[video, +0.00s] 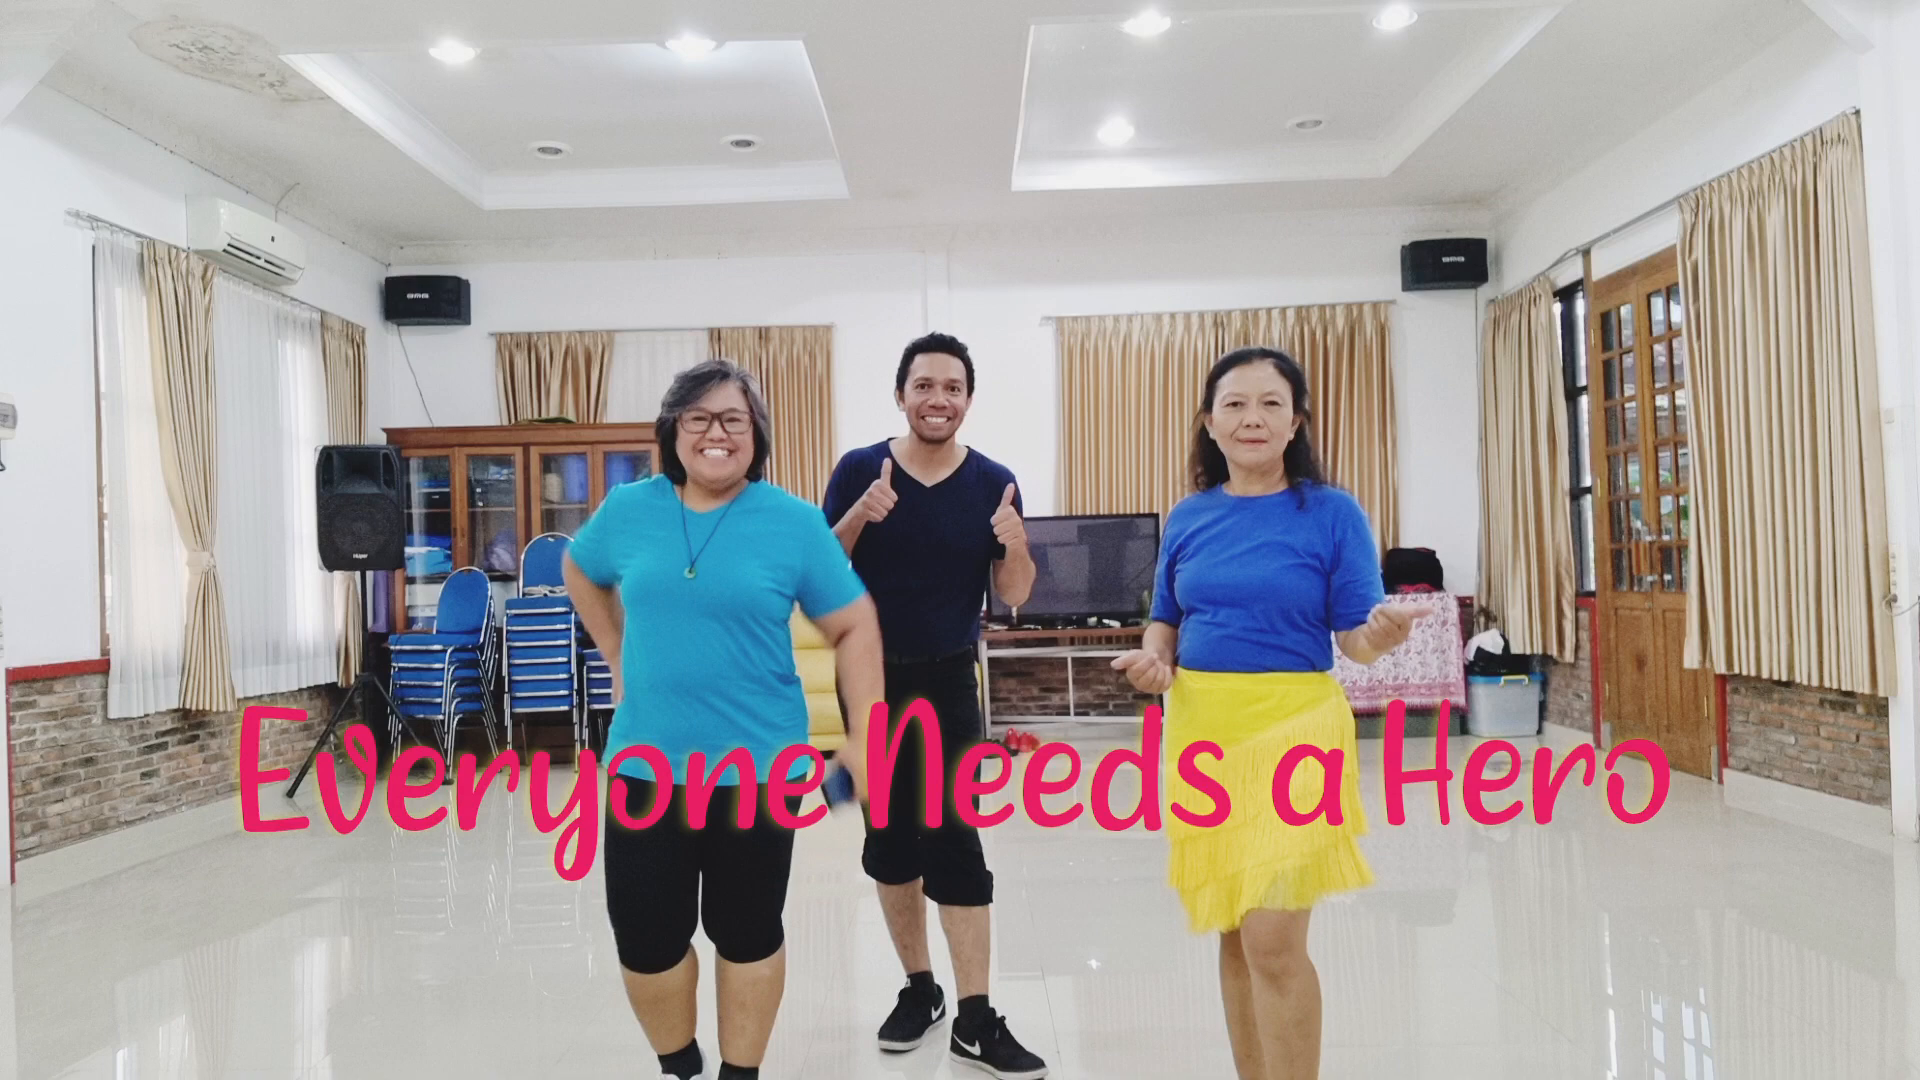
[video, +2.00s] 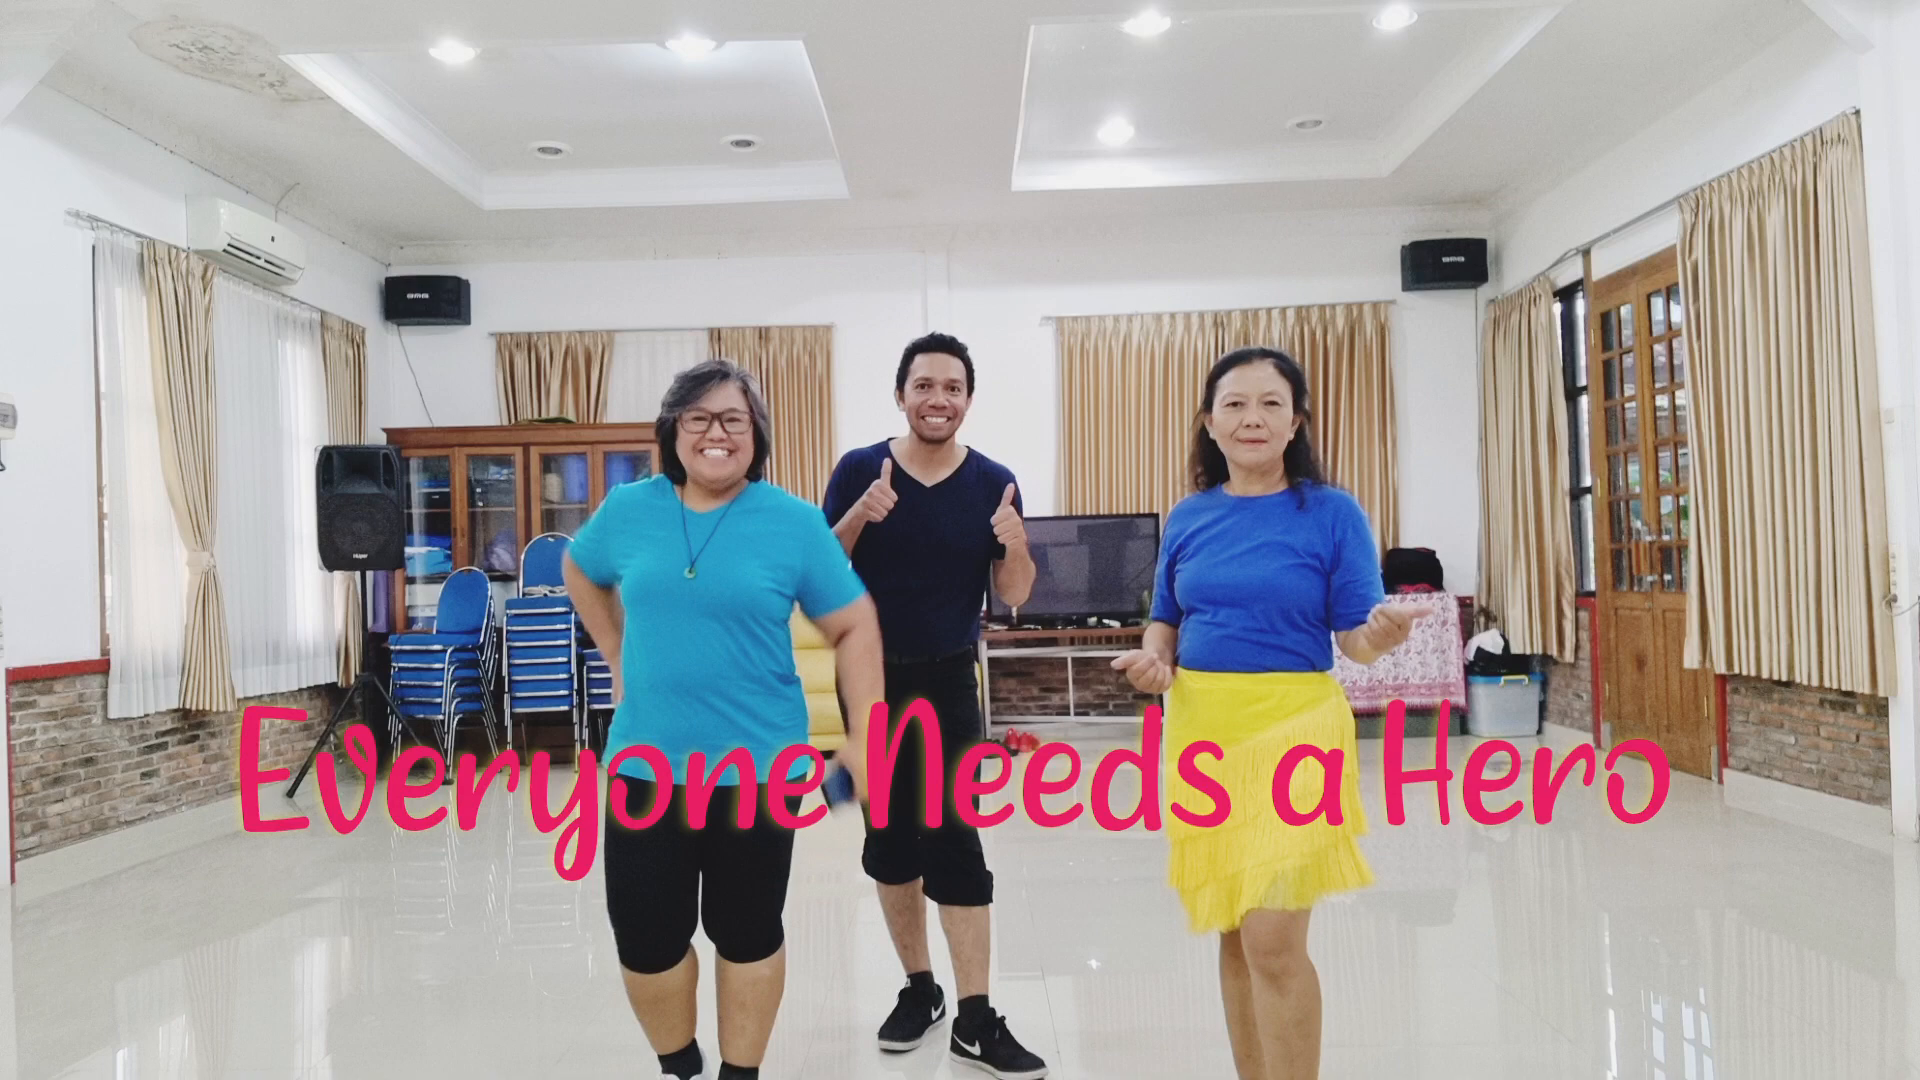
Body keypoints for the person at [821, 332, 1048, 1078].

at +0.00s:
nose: (938, 400)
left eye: (952, 388)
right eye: (924, 386)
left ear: (968, 399)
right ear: (900, 396)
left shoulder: (992, 483)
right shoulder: (858, 472)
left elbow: (1014, 595)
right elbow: (813, 570)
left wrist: (1015, 548)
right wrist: (854, 520)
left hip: (950, 676)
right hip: (872, 676)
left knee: (957, 841)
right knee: (892, 840)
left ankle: (975, 1014)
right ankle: (919, 990)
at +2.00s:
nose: (938, 400)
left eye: (952, 388)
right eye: (924, 386)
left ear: (968, 399)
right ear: (900, 396)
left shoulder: (992, 483)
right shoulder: (858, 472)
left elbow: (1014, 595)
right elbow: (813, 570)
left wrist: (1015, 548)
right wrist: (854, 520)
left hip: (950, 676)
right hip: (872, 676)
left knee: (957, 841)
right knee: (892, 840)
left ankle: (975, 1014)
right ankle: (919, 990)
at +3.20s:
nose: (938, 365)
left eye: (952, 354)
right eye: (924, 352)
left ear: (968, 365)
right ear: (901, 362)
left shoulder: (992, 448)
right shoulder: (858, 438)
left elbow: (1014, 562)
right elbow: (813, 535)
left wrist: (1015, 514)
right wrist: (854, 485)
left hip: (950, 644)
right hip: (872, 643)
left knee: (959, 809)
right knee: (892, 810)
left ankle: (975, 980)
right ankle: (919, 955)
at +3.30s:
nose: (938, 283)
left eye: (952, 271)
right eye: (924, 270)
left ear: (968, 283)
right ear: (900, 280)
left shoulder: (991, 366)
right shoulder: (858, 355)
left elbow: (1014, 479)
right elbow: (813, 453)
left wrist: (1015, 431)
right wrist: (854, 403)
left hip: (949, 562)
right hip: (870, 560)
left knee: (957, 723)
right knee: (890, 718)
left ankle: (975, 896)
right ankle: (918, 870)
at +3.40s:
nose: (939, 123)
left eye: (952, 112)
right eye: (925, 110)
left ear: (968, 124)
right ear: (901, 119)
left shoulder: (990, 206)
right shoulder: (859, 195)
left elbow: (1013, 321)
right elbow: (813, 292)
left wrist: (1015, 272)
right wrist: (855, 242)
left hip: (949, 405)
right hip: (872, 403)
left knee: (955, 570)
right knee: (893, 567)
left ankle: (978, 735)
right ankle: (919, 712)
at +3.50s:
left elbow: (1015, 52)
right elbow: (825, 31)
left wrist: (1015, 6)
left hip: (948, 130)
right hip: (870, 128)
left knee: (956, 302)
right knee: (890, 297)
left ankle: (975, 475)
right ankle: (919, 448)